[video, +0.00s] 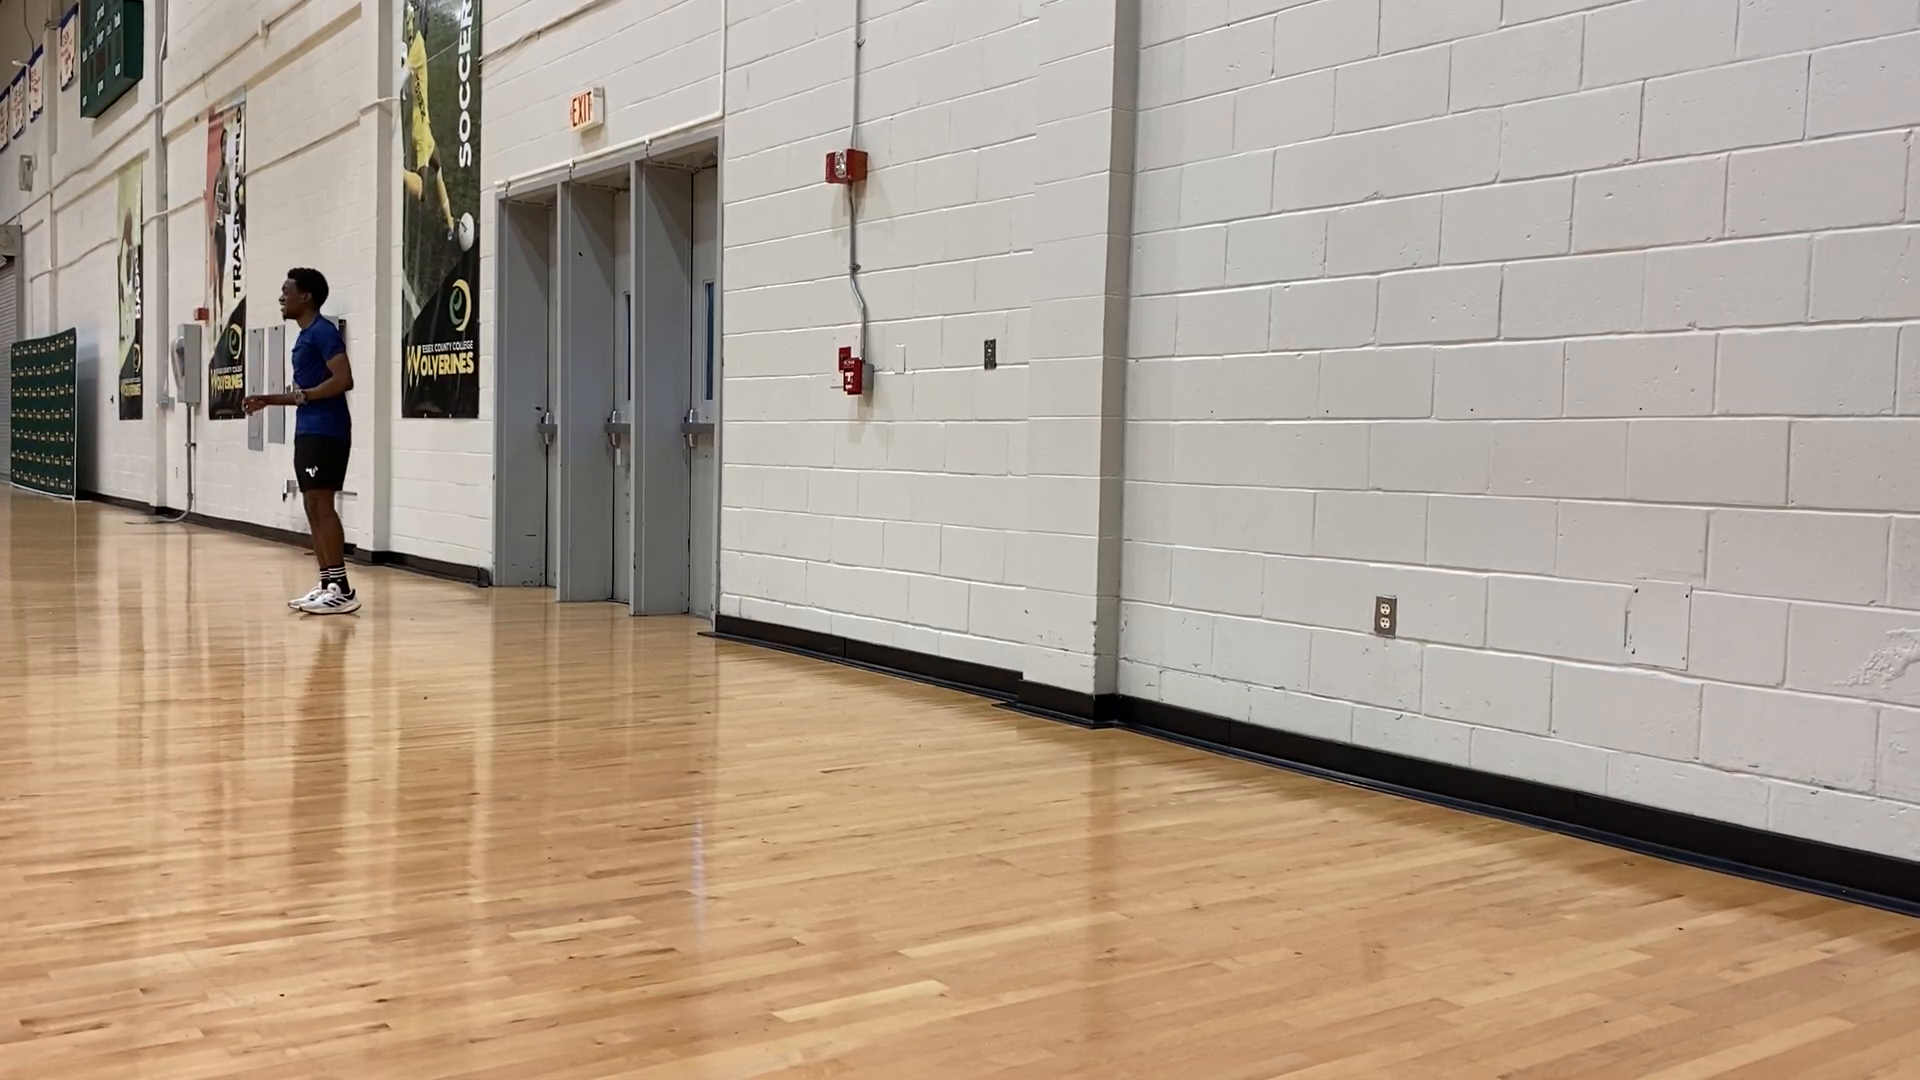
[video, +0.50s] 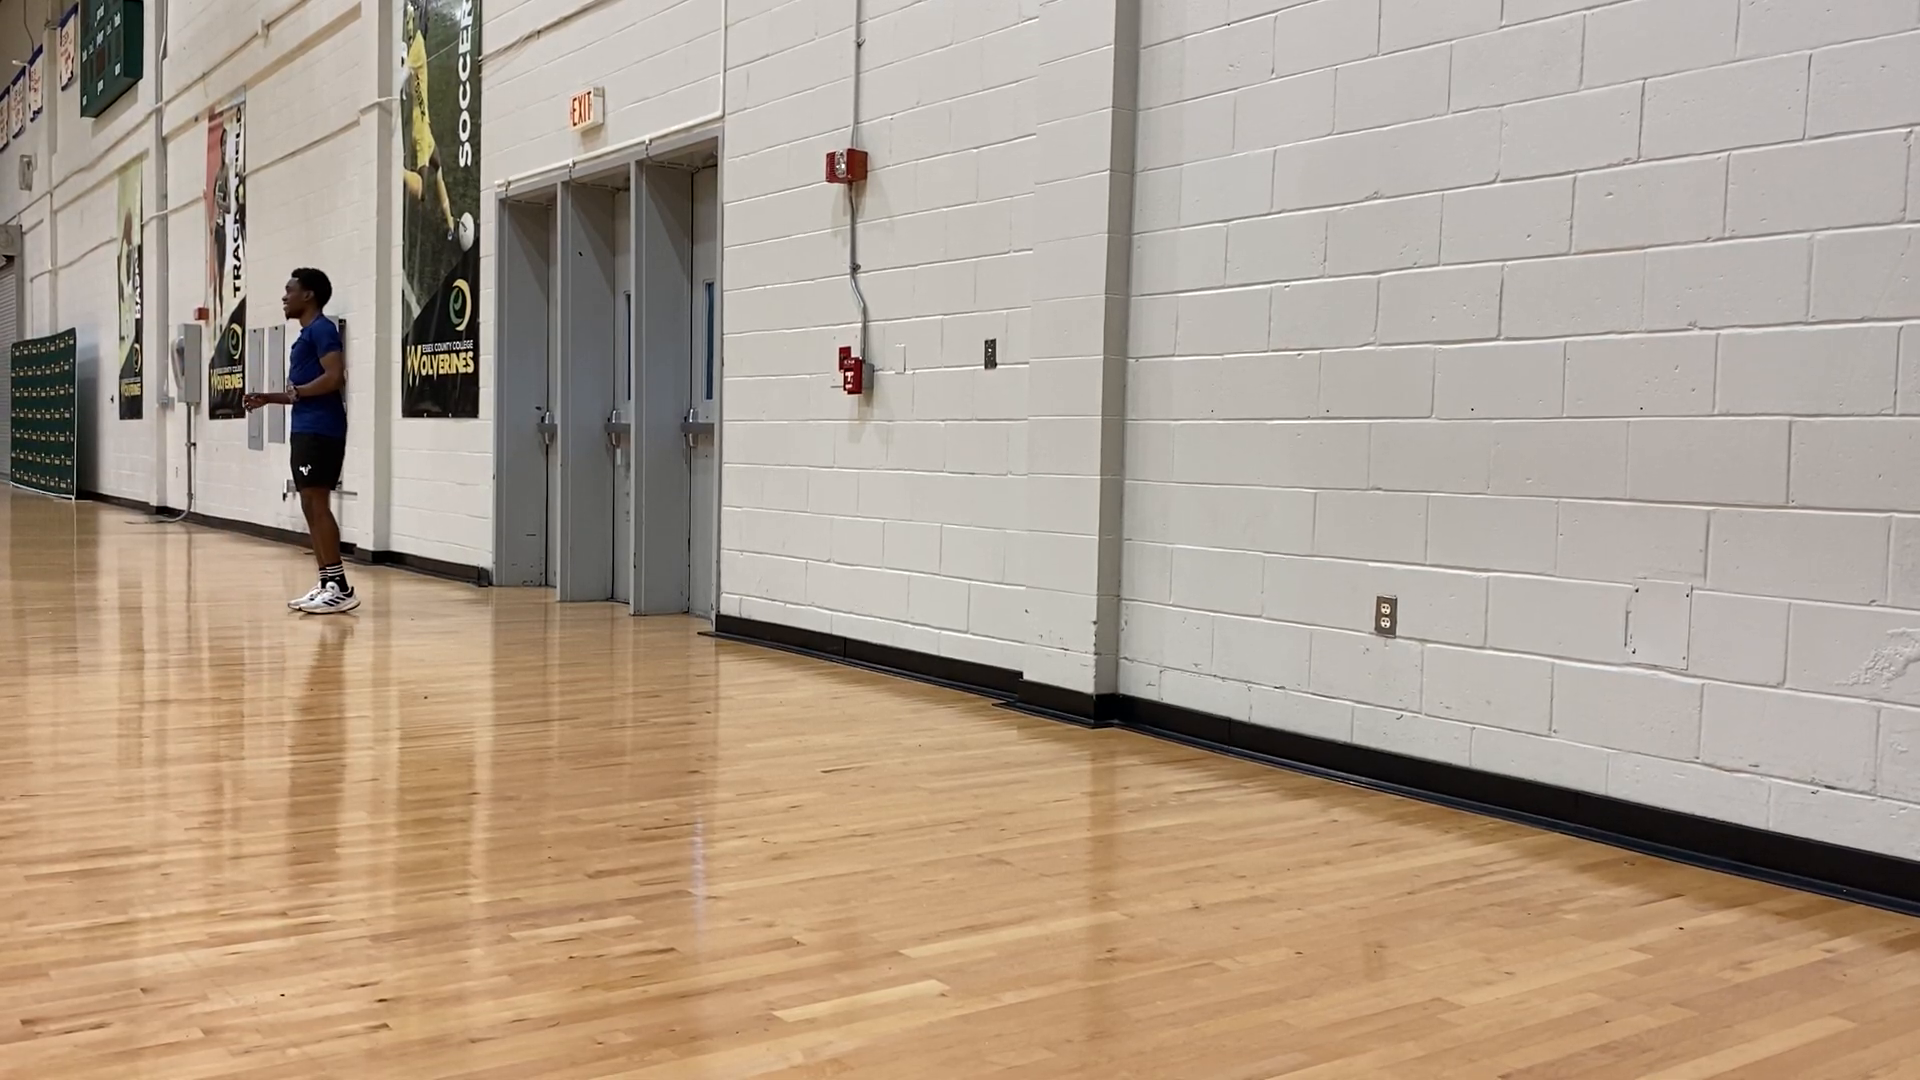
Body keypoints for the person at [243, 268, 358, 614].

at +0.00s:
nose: (281, 298)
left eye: (286, 292)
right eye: (282, 292)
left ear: (306, 296)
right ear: (301, 298)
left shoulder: (323, 331)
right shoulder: (304, 336)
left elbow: (344, 379)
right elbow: (306, 394)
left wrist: (307, 395)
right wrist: (268, 400)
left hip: (326, 434)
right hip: (309, 433)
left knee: (323, 507)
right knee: (313, 508)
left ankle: (340, 588)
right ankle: (326, 586)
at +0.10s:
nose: (280, 298)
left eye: (286, 292)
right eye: (282, 292)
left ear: (306, 297)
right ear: (303, 297)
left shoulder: (323, 331)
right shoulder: (305, 336)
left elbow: (343, 379)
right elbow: (306, 393)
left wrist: (306, 395)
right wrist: (273, 403)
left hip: (325, 433)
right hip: (308, 433)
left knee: (322, 508)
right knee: (313, 508)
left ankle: (340, 589)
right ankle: (327, 586)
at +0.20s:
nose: (281, 299)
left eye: (286, 293)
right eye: (282, 293)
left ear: (306, 297)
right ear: (303, 298)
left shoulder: (324, 331)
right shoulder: (306, 335)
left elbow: (341, 380)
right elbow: (306, 391)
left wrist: (300, 396)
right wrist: (276, 403)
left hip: (324, 434)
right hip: (308, 433)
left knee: (319, 508)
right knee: (311, 509)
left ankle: (340, 589)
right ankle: (327, 585)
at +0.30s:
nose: (282, 298)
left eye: (287, 292)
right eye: (283, 292)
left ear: (307, 296)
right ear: (304, 297)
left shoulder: (323, 330)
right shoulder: (307, 334)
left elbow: (339, 380)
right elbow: (305, 390)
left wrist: (297, 395)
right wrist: (275, 401)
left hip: (323, 433)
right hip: (307, 432)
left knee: (318, 508)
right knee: (311, 509)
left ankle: (340, 588)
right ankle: (327, 585)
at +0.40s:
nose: (283, 297)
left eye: (288, 291)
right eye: (284, 291)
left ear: (308, 295)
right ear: (304, 296)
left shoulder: (323, 330)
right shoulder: (306, 335)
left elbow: (336, 378)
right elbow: (303, 391)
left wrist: (295, 393)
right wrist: (271, 400)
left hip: (322, 433)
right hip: (307, 432)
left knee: (317, 508)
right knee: (311, 508)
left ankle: (338, 588)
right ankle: (327, 585)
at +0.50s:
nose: (283, 296)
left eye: (289, 290)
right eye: (285, 290)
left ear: (308, 295)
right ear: (305, 296)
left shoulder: (322, 329)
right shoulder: (305, 335)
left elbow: (335, 377)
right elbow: (301, 393)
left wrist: (297, 391)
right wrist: (266, 398)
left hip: (321, 432)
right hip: (306, 432)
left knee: (317, 507)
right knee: (311, 507)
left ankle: (338, 587)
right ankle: (327, 585)